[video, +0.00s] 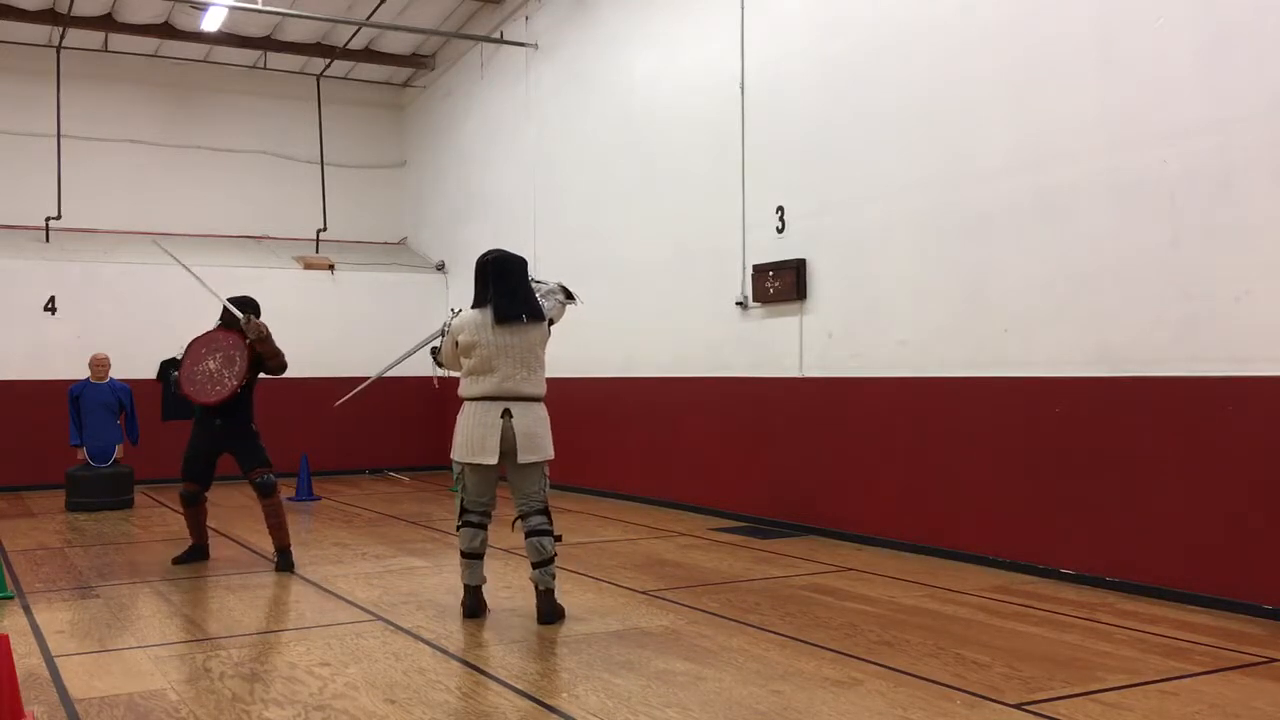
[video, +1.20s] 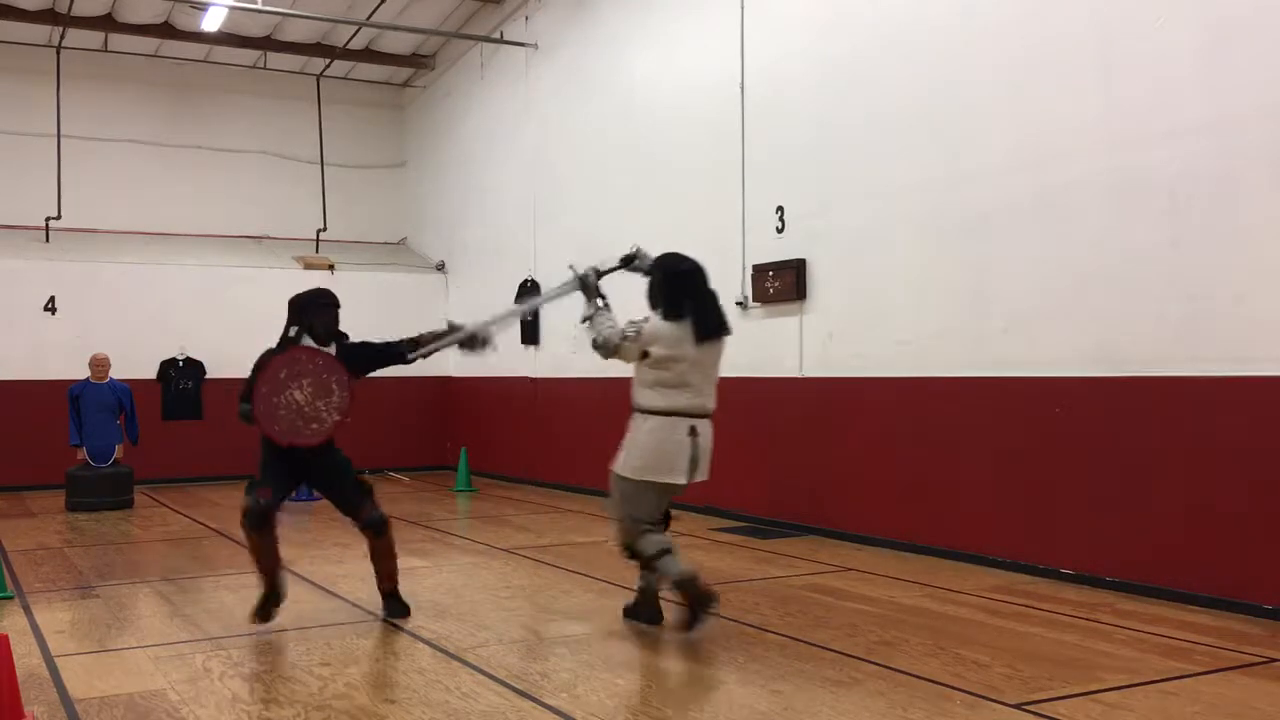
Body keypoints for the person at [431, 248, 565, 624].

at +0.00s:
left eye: (478, 280)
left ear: (481, 283)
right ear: (522, 282)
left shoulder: (465, 323)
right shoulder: (538, 318)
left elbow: (448, 360)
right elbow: (558, 297)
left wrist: (451, 331)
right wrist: (532, 283)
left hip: (478, 425)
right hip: (529, 423)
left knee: (474, 509)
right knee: (534, 508)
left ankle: (473, 595)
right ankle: (546, 599)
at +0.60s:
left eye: (499, 301)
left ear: (501, 304)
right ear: (541, 300)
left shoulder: (487, 346)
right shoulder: (560, 335)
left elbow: (476, 391)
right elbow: (572, 315)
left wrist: (472, 360)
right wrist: (574, 310)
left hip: (503, 441)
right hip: (556, 439)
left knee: (483, 516)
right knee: (574, 512)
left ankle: (457, 592)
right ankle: (591, 580)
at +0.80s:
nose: (546, 303)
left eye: (548, 297)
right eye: (548, 297)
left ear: (551, 301)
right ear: (591, 298)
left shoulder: (536, 343)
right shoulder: (611, 333)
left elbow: (521, 389)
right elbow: (618, 314)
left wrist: (514, 350)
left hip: (545, 440)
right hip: (599, 441)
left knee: (508, 516)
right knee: (612, 519)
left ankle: (466, 588)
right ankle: (646, 591)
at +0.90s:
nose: (576, 301)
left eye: (578, 295)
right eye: (578, 294)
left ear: (584, 301)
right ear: (621, 296)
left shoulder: (572, 339)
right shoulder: (641, 336)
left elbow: (540, 365)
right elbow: (638, 316)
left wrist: (533, 324)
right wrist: (590, 296)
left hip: (573, 439)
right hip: (625, 440)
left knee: (532, 517)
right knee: (621, 520)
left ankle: (492, 591)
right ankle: (646, 595)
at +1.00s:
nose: (603, 291)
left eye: (608, 285)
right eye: (605, 284)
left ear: (616, 292)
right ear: (648, 290)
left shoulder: (602, 330)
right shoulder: (666, 332)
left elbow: (561, 348)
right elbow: (645, 314)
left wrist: (551, 308)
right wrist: (613, 290)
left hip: (602, 434)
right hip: (649, 437)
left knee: (559, 512)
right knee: (629, 518)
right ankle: (646, 597)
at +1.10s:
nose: (629, 288)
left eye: (632, 282)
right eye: (628, 280)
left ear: (640, 289)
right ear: (675, 286)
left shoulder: (627, 328)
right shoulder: (690, 330)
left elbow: (585, 343)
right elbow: (663, 314)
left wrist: (576, 306)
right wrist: (635, 288)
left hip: (627, 432)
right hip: (673, 435)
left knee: (591, 514)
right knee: (641, 517)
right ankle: (648, 598)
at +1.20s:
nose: (652, 291)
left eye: (655, 285)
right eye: (651, 284)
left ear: (664, 290)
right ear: (697, 286)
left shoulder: (653, 330)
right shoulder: (713, 327)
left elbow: (609, 343)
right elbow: (691, 294)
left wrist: (594, 299)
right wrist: (652, 267)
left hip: (653, 436)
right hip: (696, 436)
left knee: (633, 528)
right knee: (655, 517)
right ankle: (647, 600)